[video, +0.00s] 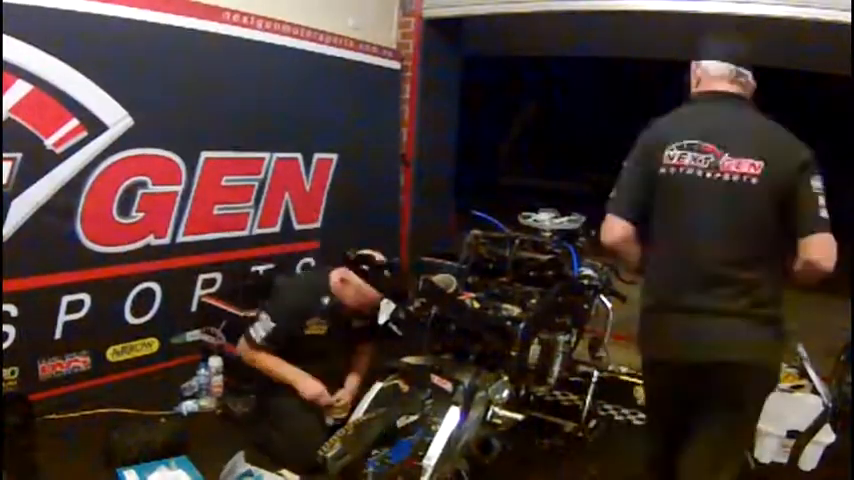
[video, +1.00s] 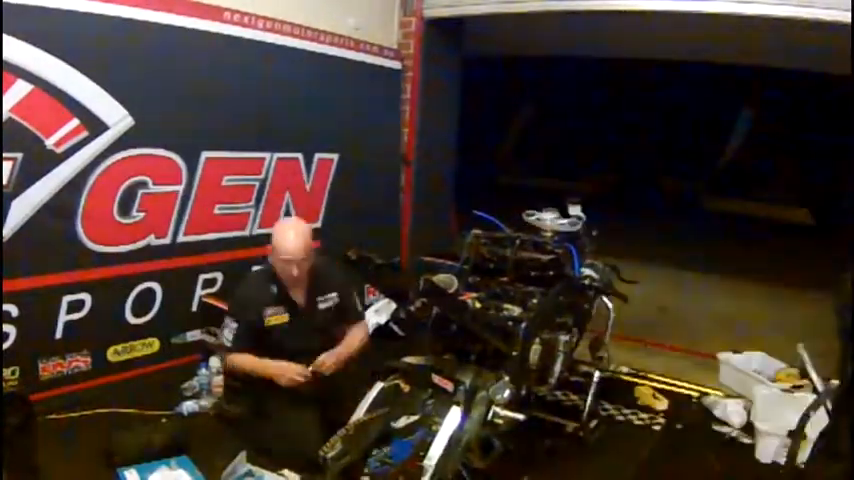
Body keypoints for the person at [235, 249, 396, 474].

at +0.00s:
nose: (370, 312)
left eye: (375, 307)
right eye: (370, 304)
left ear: (343, 280)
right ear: (344, 281)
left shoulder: (357, 300)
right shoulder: (296, 297)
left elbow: (365, 346)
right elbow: (247, 348)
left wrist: (350, 388)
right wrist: (300, 380)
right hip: (283, 387)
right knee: (309, 455)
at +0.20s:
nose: (325, 235)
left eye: (328, 227)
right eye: (315, 228)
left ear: (333, 231)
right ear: (292, 235)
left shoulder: (341, 274)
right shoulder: (271, 277)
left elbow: (350, 326)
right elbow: (262, 350)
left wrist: (353, 371)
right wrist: (313, 352)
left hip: (338, 384)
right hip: (295, 385)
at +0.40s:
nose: (314, 238)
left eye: (316, 230)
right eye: (304, 231)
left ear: (320, 232)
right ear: (280, 237)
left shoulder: (327, 272)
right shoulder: (263, 285)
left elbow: (346, 324)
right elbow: (270, 364)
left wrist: (363, 376)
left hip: (333, 382)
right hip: (288, 391)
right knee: (321, 457)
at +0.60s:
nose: (333, 245)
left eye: (339, 238)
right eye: (325, 236)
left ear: (346, 243)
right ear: (306, 240)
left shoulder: (348, 278)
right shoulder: (284, 282)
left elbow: (354, 329)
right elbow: (261, 361)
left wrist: (357, 373)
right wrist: (313, 400)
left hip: (339, 398)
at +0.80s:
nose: (335, 311)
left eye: (341, 305)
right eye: (328, 304)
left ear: (350, 288)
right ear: (312, 280)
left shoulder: (348, 287)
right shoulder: (268, 301)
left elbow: (351, 323)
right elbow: (240, 366)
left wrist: (346, 345)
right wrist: (298, 368)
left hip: (327, 374)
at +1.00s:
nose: (294, 271)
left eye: (301, 262)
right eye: (286, 263)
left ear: (313, 252)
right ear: (271, 255)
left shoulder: (333, 275)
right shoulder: (252, 290)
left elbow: (360, 327)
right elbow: (229, 356)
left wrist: (338, 355)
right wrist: (275, 369)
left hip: (331, 382)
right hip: (276, 392)